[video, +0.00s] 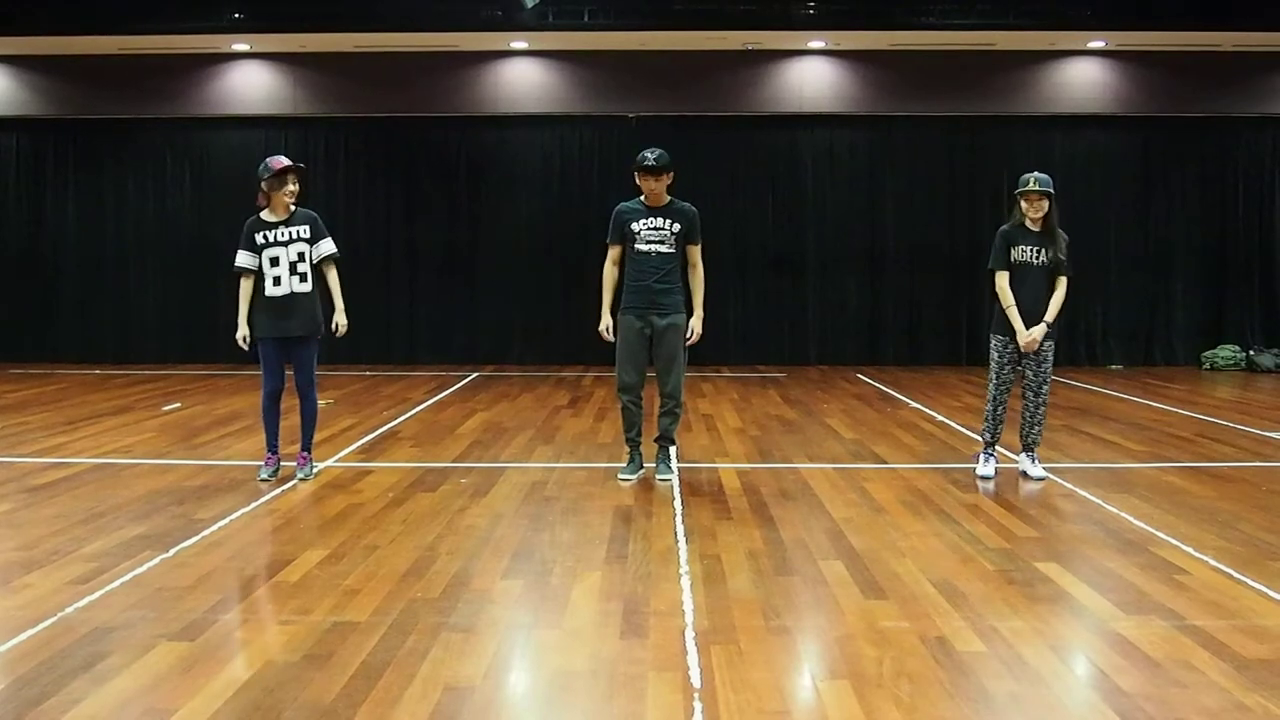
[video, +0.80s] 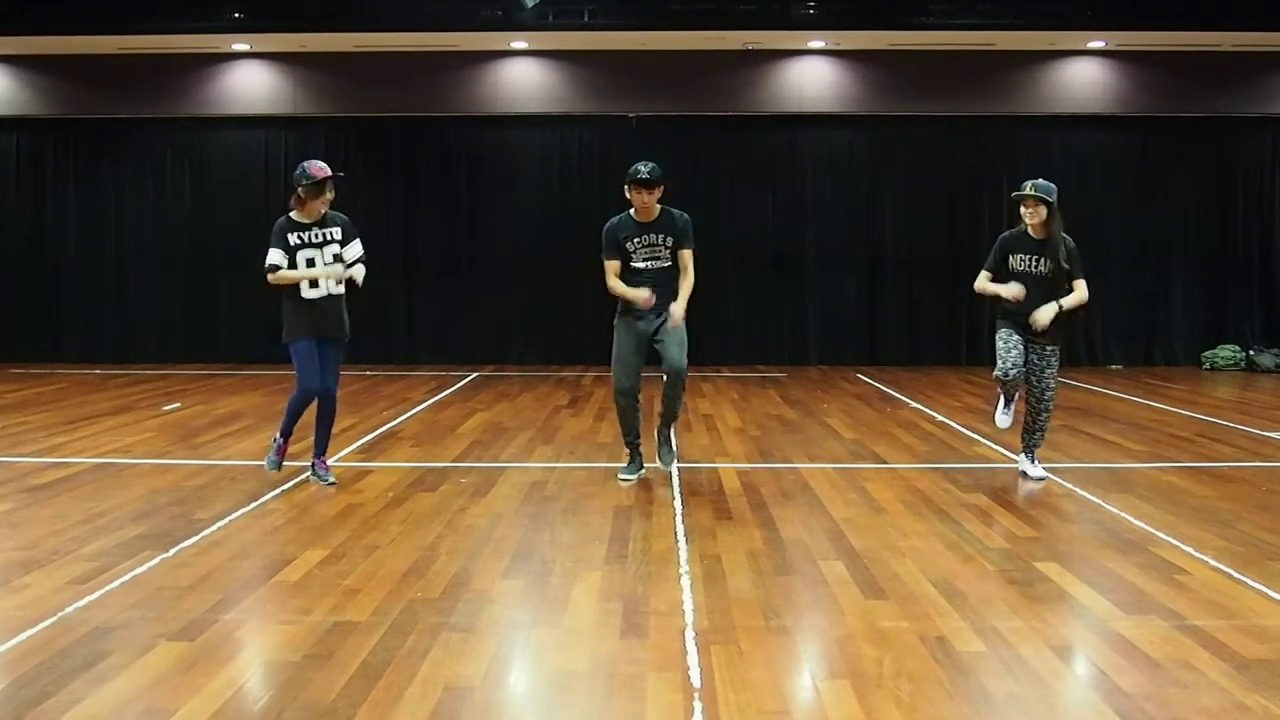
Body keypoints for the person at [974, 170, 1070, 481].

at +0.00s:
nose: (1034, 204)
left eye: (1040, 198)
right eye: (1028, 198)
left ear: (1049, 202)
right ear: (1019, 201)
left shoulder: (1059, 239)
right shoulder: (1006, 235)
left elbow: (1061, 287)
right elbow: (1001, 284)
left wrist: (1043, 327)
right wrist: (1020, 329)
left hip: (1043, 332)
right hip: (1006, 330)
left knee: (1037, 396)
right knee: (998, 391)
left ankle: (1029, 454)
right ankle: (988, 452)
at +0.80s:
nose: (1029, 210)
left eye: (1036, 205)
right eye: (1025, 205)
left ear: (1049, 209)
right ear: (1020, 208)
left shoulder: (1064, 245)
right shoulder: (1007, 241)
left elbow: (1081, 293)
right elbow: (980, 283)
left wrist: (1054, 306)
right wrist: (1002, 288)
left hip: (1047, 331)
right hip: (1011, 325)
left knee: (1042, 397)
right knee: (1009, 374)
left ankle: (1028, 454)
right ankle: (1008, 395)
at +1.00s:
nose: (1021, 199)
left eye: (1028, 194)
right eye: (1017, 194)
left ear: (1042, 198)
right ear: (1012, 198)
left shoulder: (1058, 235)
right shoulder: (1003, 232)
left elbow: (1073, 274)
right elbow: (972, 272)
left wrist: (1042, 250)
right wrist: (993, 238)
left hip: (1040, 326)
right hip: (1003, 321)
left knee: (1034, 389)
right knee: (999, 383)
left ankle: (1029, 453)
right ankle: (1003, 447)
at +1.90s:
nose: (989, 188)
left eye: (997, 184)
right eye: (986, 183)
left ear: (1013, 191)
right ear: (981, 190)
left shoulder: (1025, 224)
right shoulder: (971, 221)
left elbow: (1025, 247)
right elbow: (927, 249)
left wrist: (993, 214)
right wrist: (957, 216)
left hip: (1014, 325)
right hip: (978, 320)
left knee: (1011, 398)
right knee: (965, 374)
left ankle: (1014, 465)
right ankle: (983, 434)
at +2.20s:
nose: (971, 197)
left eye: (980, 193)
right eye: (969, 193)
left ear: (996, 201)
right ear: (964, 200)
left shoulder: (1011, 239)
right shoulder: (956, 238)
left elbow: (1008, 268)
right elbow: (918, 267)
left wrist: (978, 231)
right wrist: (943, 228)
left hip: (994, 332)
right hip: (958, 333)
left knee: (964, 384)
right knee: (959, 407)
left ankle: (991, 428)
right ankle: (980, 476)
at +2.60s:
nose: (944, 200)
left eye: (953, 195)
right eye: (942, 194)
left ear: (970, 202)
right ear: (938, 201)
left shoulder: (985, 240)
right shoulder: (932, 237)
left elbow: (977, 268)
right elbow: (891, 267)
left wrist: (944, 230)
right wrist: (916, 226)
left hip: (972, 339)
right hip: (935, 335)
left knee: (957, 410)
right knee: (920, 405)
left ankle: (968, 488)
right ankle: (955, 440)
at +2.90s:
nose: (921, 176)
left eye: (930, 173)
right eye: (920, 172)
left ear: (948, 184)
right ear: (916, 185)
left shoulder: (959, 222)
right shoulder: (906, 220)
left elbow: (944, 242)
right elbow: (855, 246)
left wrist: (914, 205)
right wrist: (884, 209)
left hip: (949, 331)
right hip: (910, 327)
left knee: (953, 406)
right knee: (892, 393)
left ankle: (963, 480)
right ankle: (911, 469)